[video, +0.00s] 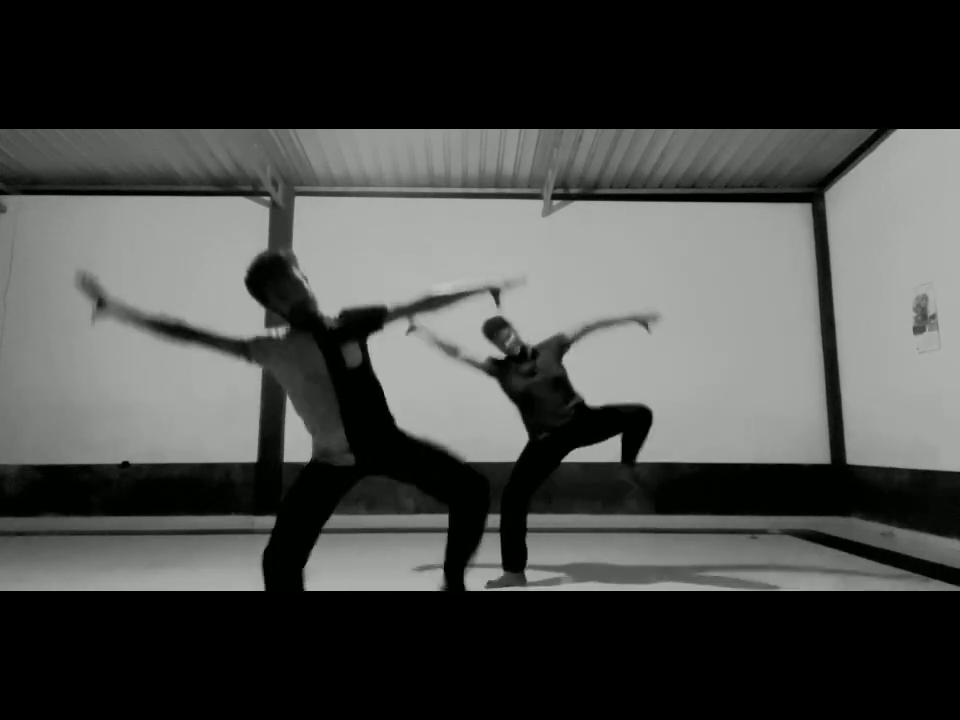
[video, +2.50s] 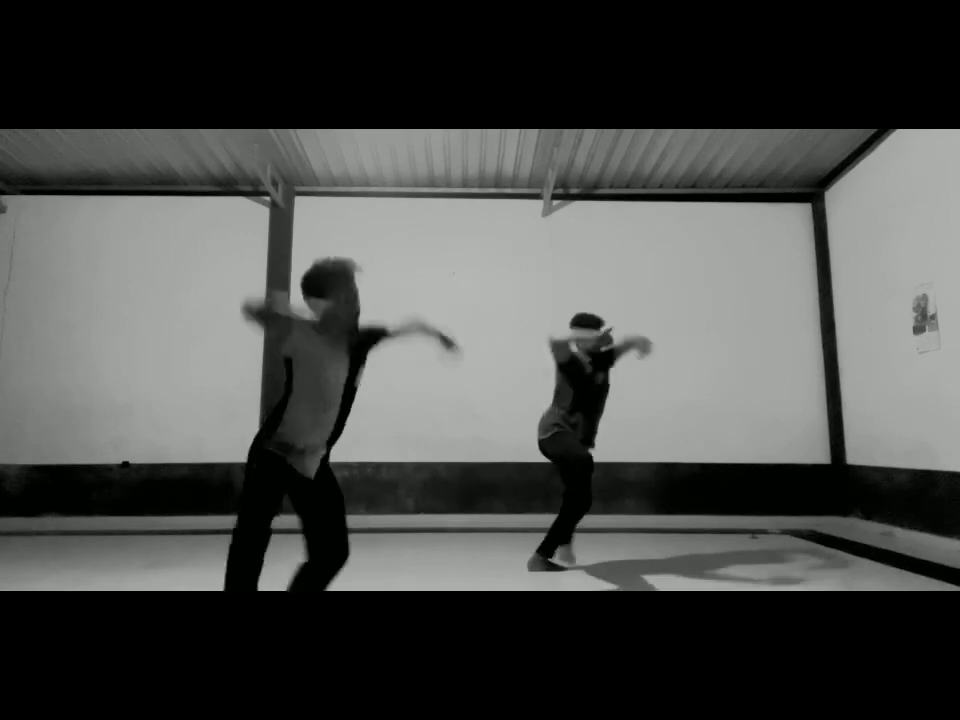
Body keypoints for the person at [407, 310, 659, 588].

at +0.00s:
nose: (509, 342)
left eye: (509, 335)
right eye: (501, 341)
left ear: (516, 330)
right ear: (497, 346)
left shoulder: (551, 349)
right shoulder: (500, 370)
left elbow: (592, 326)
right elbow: (456, 353)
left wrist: (636, 318)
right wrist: (423, 333)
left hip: (581, 422)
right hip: (545, 441)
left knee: (640, 415)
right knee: (513, 498)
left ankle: (627, 467)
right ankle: (514, 573)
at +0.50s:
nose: (550, 324)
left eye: (553, 318)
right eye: (550, 318)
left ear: (566, 318)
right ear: (566, 317)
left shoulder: (580, 342)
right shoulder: (570, 340)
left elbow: (549, 353)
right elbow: (533, 338)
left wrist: (506, 354)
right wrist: (497, 341)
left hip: (604, 432)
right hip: (583, 430)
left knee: (590, 499)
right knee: (545, 475)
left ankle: (602, 573)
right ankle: (539, 548)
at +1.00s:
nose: (637, 310)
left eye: (630, 306)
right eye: (633, 306)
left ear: (609, 319)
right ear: (632, 311)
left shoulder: (600, 346)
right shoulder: (656, 336)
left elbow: (559, 331)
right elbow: (707, 317)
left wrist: (535, 309)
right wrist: (739, 287)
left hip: (626, 434)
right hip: (666, 427)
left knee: (609, 498)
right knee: (721, 472)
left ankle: (615, 574)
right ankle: (751, 546)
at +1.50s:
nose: (641, 331)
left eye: (646, 325)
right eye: (640, 325)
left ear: (659, 328)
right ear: (662, 329)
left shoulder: (658, 354)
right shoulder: (666, 351)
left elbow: (620, 370)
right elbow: (627, 361)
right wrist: (595, 353)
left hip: (680, 441)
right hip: (693, 438)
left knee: (642, 504)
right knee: (701, 506)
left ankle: (671, 577)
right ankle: (766, 561)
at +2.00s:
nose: (641, 348)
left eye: (644, 342)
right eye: (636, 341)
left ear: (646, 344)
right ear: (622, 340)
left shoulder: (633, 370)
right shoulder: (617, 367)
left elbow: (648, 404)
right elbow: (643, 401)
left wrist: (682, 412)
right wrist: (678, 408)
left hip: (604, 449)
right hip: (583, 448)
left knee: (632, 495)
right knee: (589, 507)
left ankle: (615, 565)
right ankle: (576, 582)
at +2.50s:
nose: (598, 341)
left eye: (598, 337)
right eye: (592, 337)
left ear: (600, 339)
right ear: (580, 340)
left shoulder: (603, 360)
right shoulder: (570, 362)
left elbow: (626, 346)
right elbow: (557, 345)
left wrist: (639, 344)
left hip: (579, 440)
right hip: (555, 432)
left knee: (579, 499)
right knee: (582, 464)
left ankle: (541, 557)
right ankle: (565, 541)